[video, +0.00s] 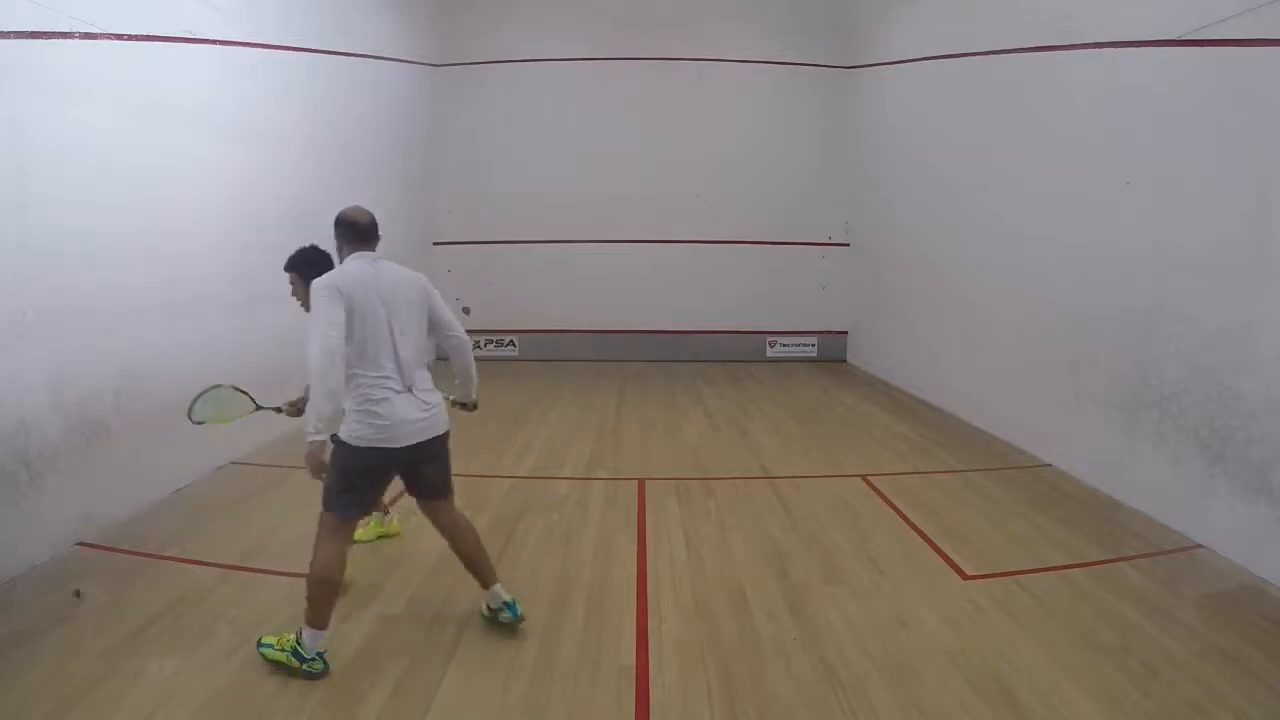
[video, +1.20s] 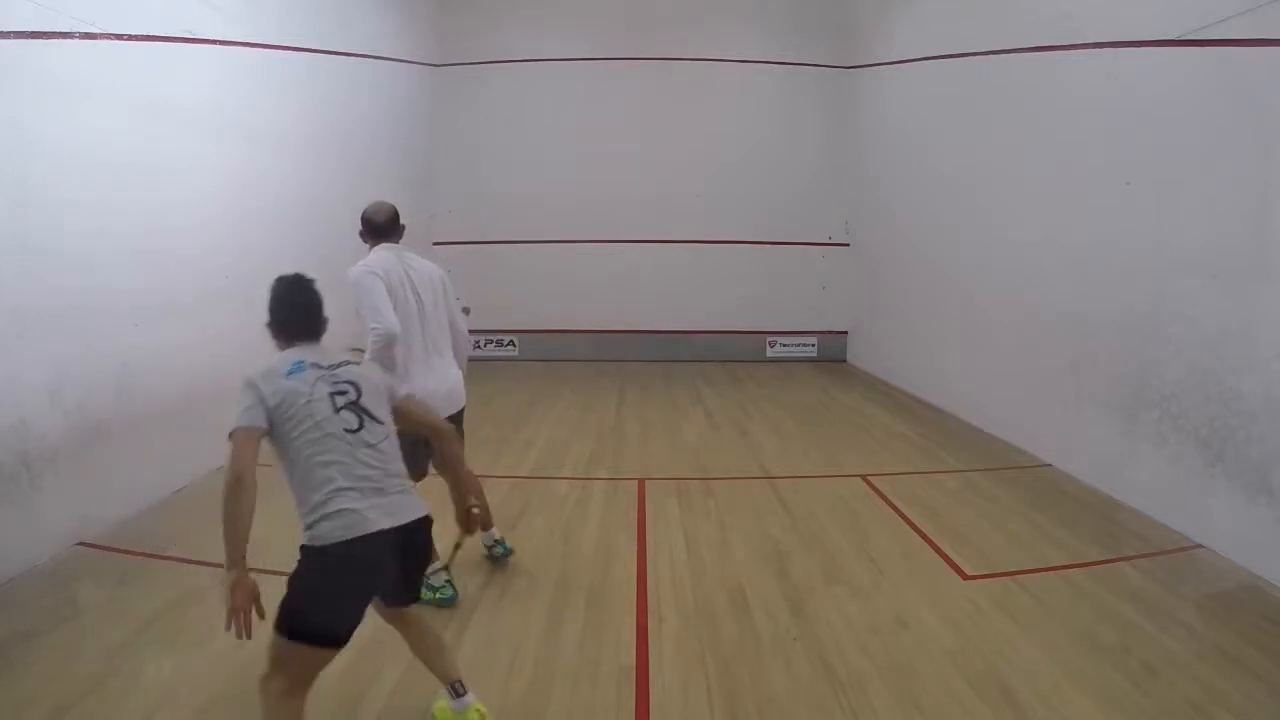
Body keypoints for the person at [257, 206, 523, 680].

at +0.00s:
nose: (338, 249)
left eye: (336, 242)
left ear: (338, 242)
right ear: (378, 240)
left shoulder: (330, 286)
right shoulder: (415, 281)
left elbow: (327, 357)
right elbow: (457, 340)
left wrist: (318, 433)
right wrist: (467, 392)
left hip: (367, 435)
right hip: (427, 426)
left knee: (333, 533)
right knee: (445, 511)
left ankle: (310, 647)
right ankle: (500, 601)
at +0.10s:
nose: (347, 245)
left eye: (351, 237)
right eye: (349, 237)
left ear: (366, 238)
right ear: (391, 237)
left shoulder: (359, 282)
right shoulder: (436, 275)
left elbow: (371, 344)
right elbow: (475, 337)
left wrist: (365, 423)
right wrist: (488, 388)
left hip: (397, 426)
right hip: (454, 417)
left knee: (358, 519)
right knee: (459, 503)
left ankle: (349, 637)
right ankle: (503, 606)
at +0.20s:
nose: (355, 232)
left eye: (360, 223)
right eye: (356, 224)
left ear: (384, 220)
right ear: (396, 222)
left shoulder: (380, 265)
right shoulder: (444, 259)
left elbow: (399, 328)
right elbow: (481, 322)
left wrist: (396, 404)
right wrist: (494, 379)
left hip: (418, 406)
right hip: (467, 398)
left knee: (392, 502)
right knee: (464, 490)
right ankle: (503, 592)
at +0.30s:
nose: (365, 227)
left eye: (372, 218)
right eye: (364, 220)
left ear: (398, 218)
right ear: (404, 221)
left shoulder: (392, 259)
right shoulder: (450, 255)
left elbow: (414, 316)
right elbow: (485, 320)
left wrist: (411, 394)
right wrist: (496, 375)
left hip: (433, 399)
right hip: (476, 391)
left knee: (431, 494)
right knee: (457, 479)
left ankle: (489, 588)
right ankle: (510, 558)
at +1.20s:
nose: (359, 239)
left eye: (359, 233)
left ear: (363, 235)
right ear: (401, 232)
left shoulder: (365, 272)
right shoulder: (430, 269)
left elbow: (384, 330)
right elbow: (461, 334)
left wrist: (369, 383)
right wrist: (455, 375)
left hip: (406, 399)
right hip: (450, 390)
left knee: (403, 485)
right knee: (455, 466)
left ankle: (435, 576)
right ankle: (492, 538)